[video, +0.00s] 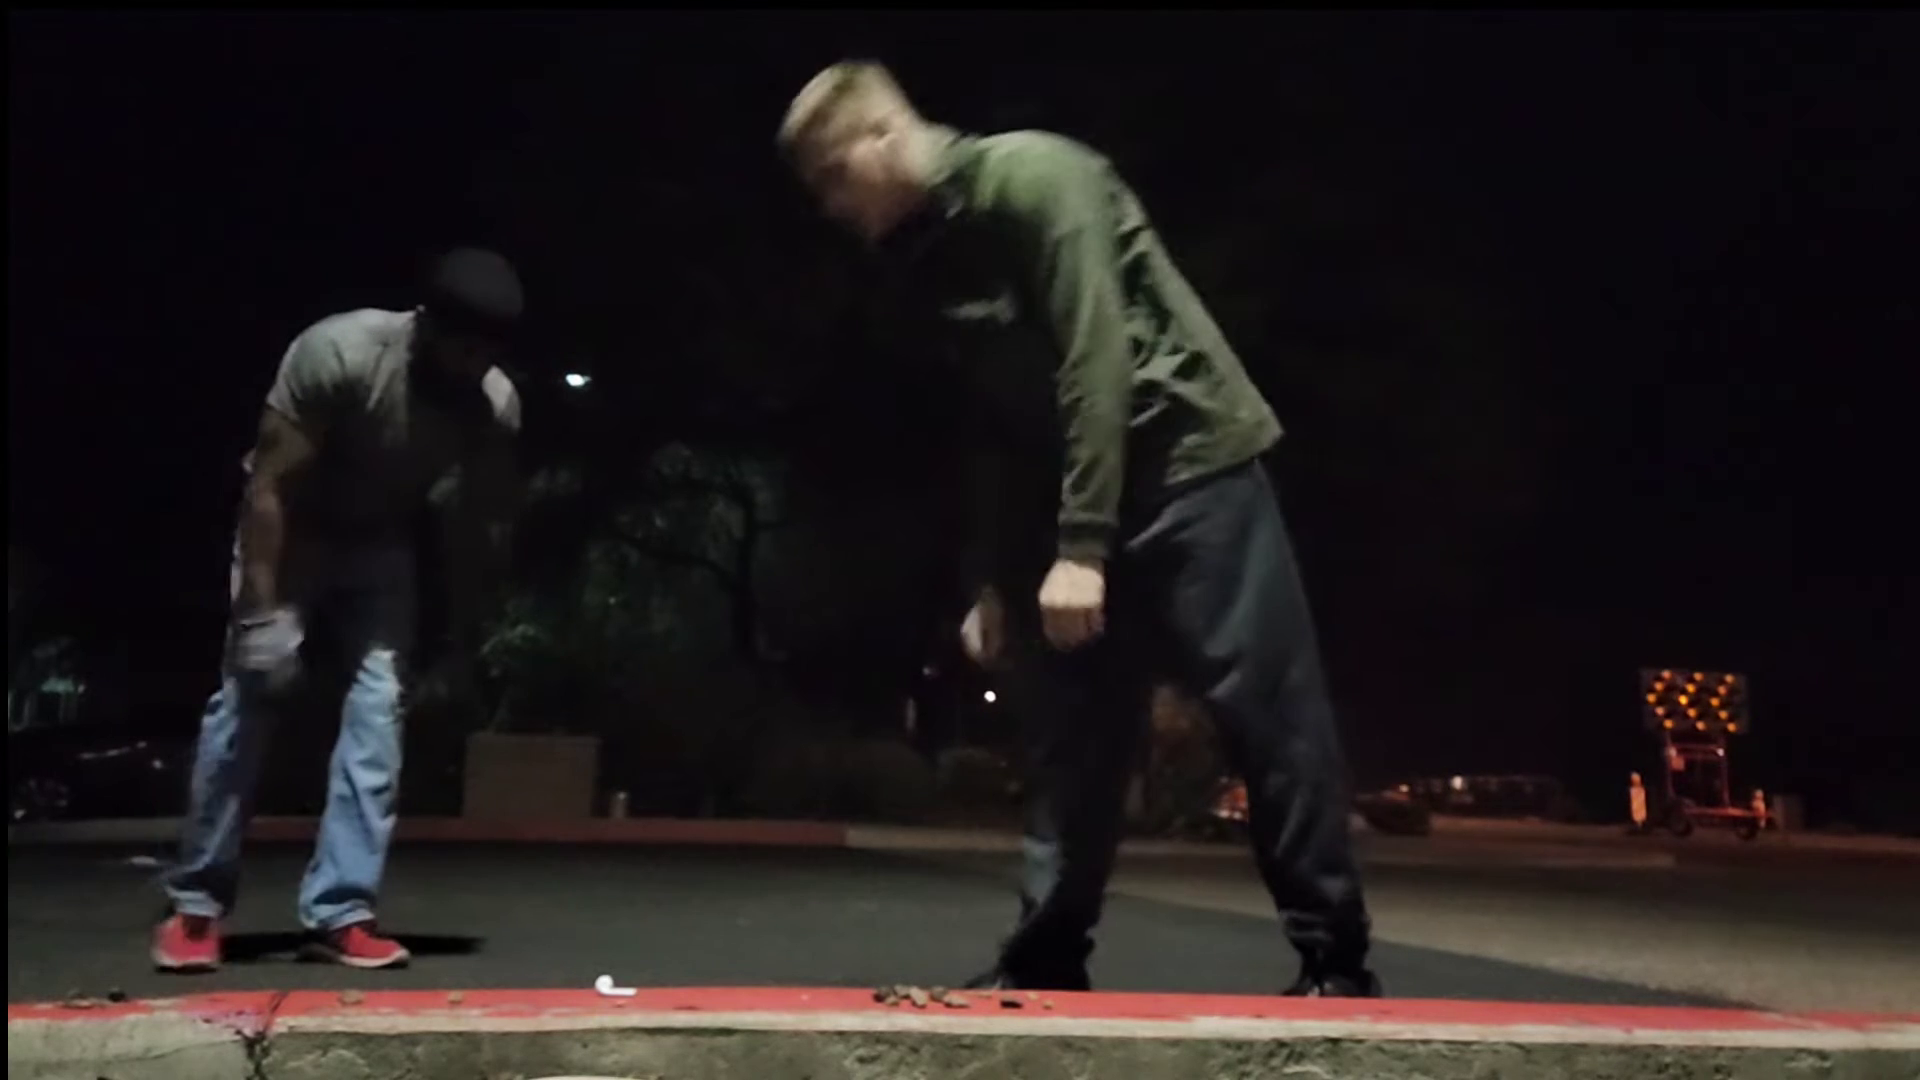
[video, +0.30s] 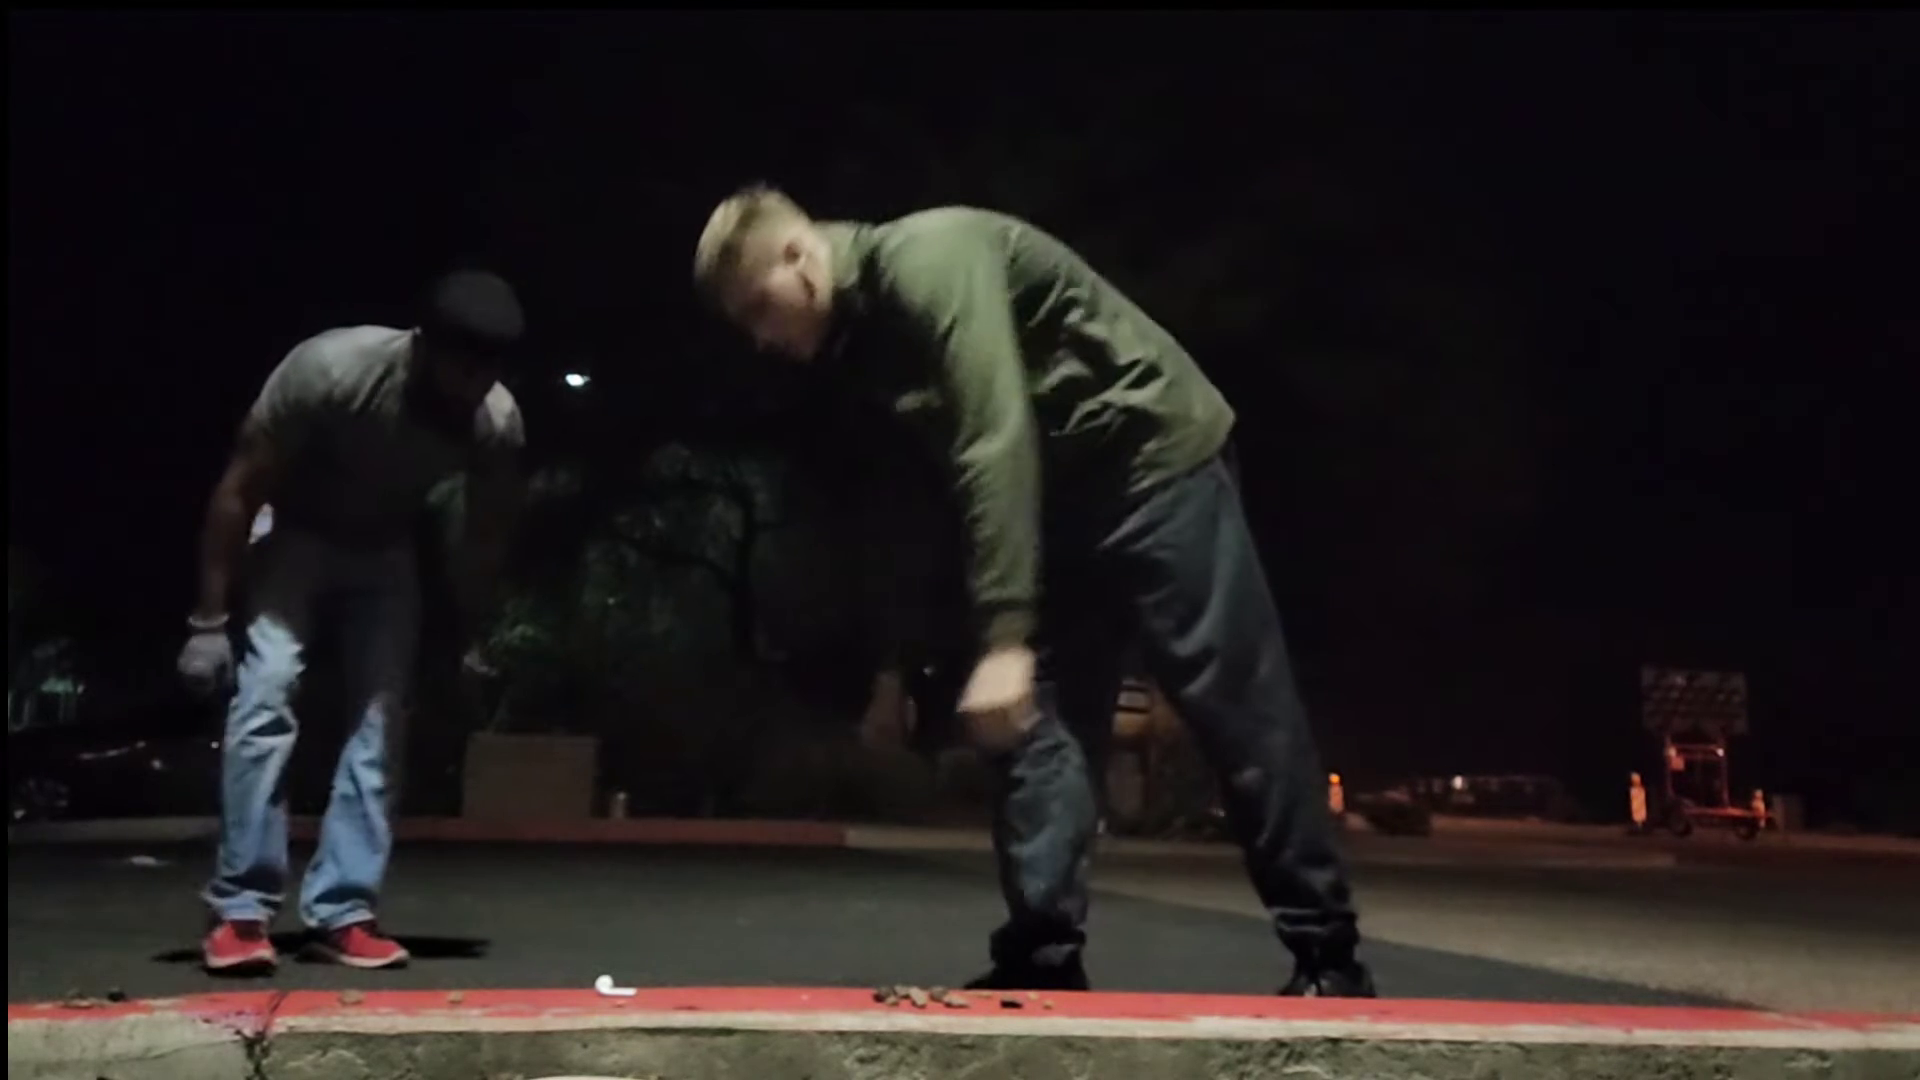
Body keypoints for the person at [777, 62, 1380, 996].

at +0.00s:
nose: (833, 206)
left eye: (833, 176)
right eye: (821, 189)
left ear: (883, 133)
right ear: (874, 148)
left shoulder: (1036, 175)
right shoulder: (929, 258)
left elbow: (1099, 363)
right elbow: (994, 432)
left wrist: (1082, 546)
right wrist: (992, 579)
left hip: (1198, 472)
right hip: (1091, 498)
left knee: (1267, 715)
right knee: (1073, 735)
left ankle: (1335, 959)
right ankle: (1047, 960)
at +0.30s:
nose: (762, 339)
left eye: (758, 312)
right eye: (746, 325)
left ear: (799, 257)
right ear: (793, 266)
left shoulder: (933, 258)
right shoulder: (861, 340)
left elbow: (997, 445)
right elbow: (902, 519)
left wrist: (1007, 644)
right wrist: (895, 668)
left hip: (1158, 457)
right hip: (1057, 495)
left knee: (1230, 696)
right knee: (1042, 711)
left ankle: (1326, 947)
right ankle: (1044, 952)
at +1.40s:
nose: (730, 508)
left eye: (719, 488)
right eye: (710, 500)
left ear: (746, 430)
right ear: (739, 433)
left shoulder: (870, 414)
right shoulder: (801, 451)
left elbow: (945, 611)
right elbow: (859, 622)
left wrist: (953, 811)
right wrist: (846, 768)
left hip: (1116, 455)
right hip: (1016, 513)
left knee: (1203, 700)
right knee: (1020, 722)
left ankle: (1332, 949)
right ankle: (1038, 954)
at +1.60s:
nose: (724, 563)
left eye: (712, 537)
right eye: (702, 555)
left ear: (734, 470)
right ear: (724, 486)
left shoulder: (856, 452)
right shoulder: (793, 505)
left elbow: (904, 655)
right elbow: (820, 689)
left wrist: (899, 855)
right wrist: (817, 835)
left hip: (1114, 465)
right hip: (1007, 533)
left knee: (1223, 706)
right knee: (991, 733)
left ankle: (1406, 930)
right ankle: (1038, 955)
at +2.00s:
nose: (736, 670)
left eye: (717, 645)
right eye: (713, 665)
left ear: (732, 584)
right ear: (729, 596)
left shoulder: (833, 553)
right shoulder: (802, 569)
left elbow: (823, 771)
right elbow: (806, 771)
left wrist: (801, 960)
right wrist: (767, 951)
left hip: (1114, 504)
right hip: (1021, 561)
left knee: (1264, 731)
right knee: (947, 742)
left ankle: (1506, 909)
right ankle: (1028, 961)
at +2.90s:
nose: (659, 682)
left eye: (648, 655)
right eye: (639, 670)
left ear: (682, 597)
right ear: (667, 628)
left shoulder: (800, 580)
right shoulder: (756, 634)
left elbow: (807, 795)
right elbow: (774, 808)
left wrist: (801, 983)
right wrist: (783, 983)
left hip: (1125, 634)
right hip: (1088, 700)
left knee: (1328, 798)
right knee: (1283, 847)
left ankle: (1572, 932)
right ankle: (1531, 942)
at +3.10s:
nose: (659, 678)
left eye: (648, 651)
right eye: (640, 665)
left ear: (684, 592)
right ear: (673, 617)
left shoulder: (811, 580)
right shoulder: (768, 628)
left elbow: (810, 788)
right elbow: (779, 801)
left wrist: (805, 969)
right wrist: (784, 972)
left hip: (1132, 658)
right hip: (1100, 716)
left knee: (1348, 817)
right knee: (1322, 845)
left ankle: (1598, 938)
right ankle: (1553, 948)